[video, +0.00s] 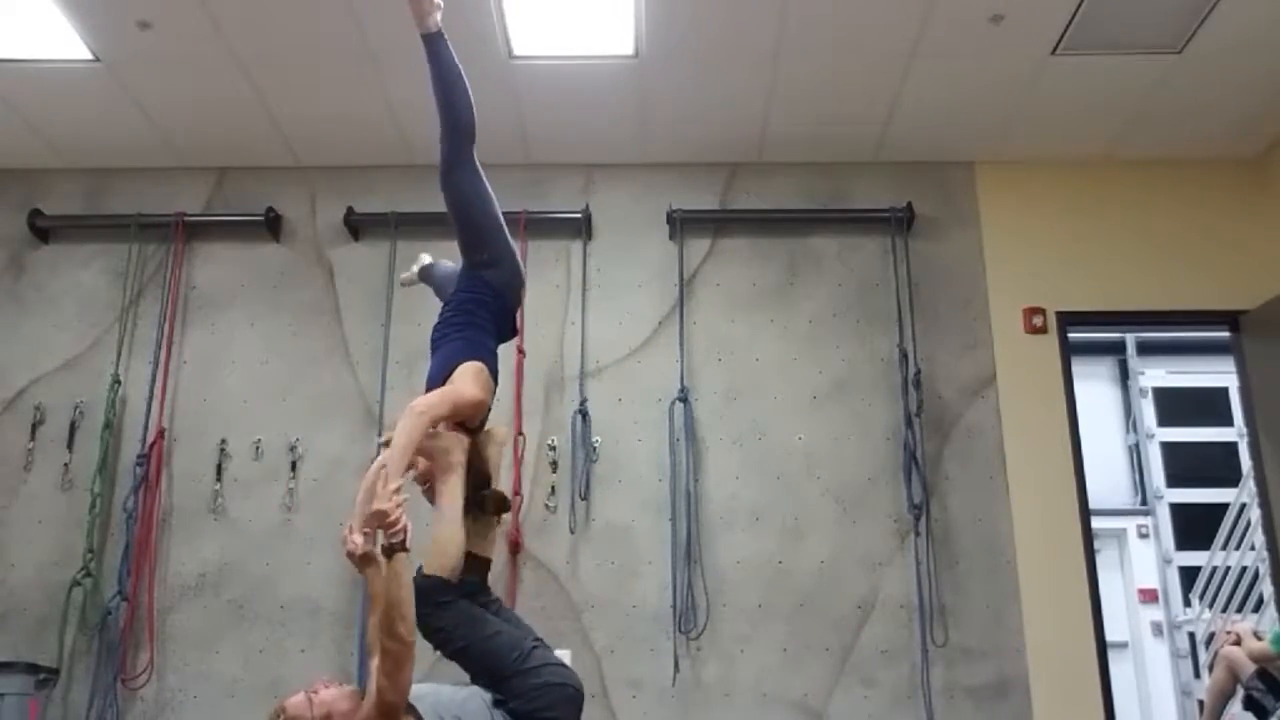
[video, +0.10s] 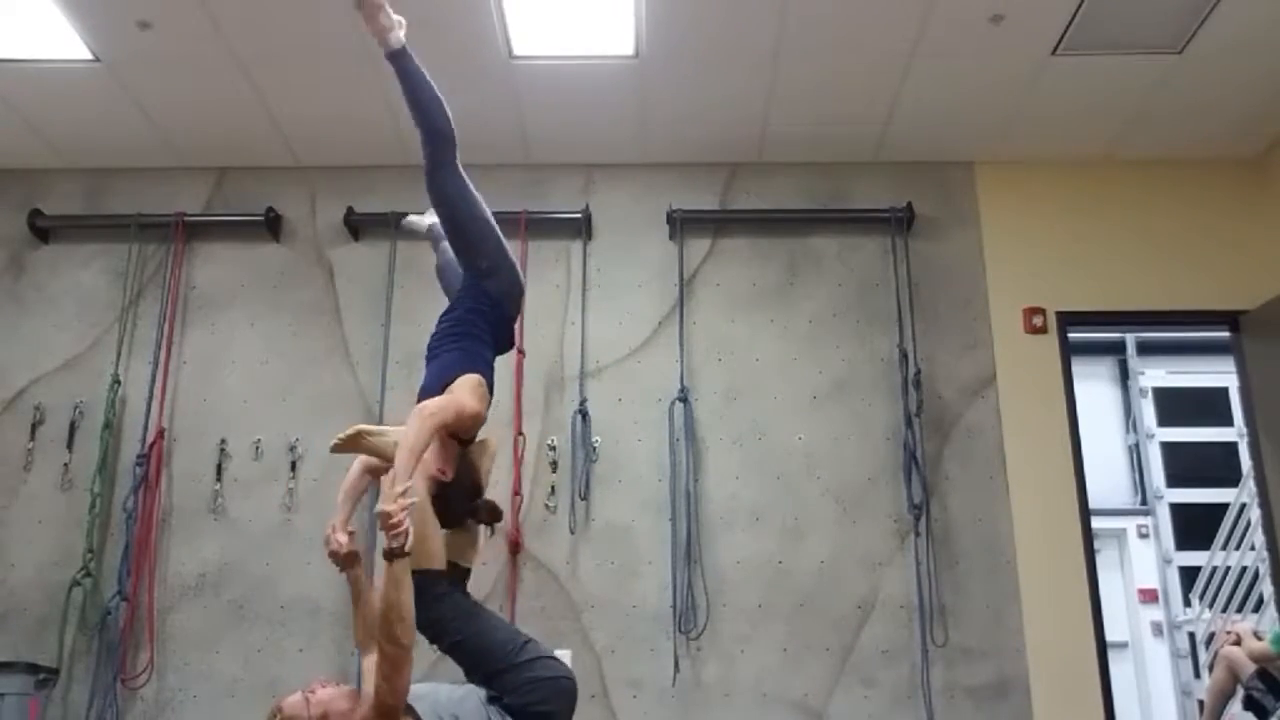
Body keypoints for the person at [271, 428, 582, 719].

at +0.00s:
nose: (320, 687)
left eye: (309, 691)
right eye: (313, 702)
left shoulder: (381, 700)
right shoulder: (381, 711)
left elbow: (381, 643)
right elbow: (401, 640)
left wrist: (372, 569)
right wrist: (397, 549)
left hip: (521, 698)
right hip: (545, 701)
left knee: (467, 590)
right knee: (428, 594)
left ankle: (486, 475)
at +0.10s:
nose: (317, 687)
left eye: (306, 691)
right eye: (312, 702)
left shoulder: (374, 697)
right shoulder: (380, 711)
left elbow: (371, 647)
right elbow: (396, 645)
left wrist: (354, 572)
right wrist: (394, 553)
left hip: (504, 698)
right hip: (538, 702)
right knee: (432, 596)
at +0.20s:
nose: (315, 685)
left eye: (305, 690)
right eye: (308, 699)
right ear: (323, 717)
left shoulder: (372, 699)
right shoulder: (379, 710)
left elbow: (369, 639)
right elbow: (393, 647)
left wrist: (355, 565)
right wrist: (389, 556)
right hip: (539, 698)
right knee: (424, 597)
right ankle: (402, 461)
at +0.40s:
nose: (312, 686)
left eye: (299, 692)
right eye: (307, 700)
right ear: (327, 718)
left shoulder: (371, 690)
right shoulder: (381, 710)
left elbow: (365, 646)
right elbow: (395, 644)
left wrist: (347, 574)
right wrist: (404, 552)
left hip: (536, 681)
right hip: (532, 693)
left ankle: (381, 455)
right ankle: (382, 455)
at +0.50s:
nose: (314, 687)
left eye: (301, 694)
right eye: (309, 704)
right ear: (327, 719)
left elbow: (364, 642)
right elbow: (424, 642)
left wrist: (349, 576)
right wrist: (451, 554)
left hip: (536, 672)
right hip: (524, 690)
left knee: (421, 575)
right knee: (417, 575)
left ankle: (383, 455)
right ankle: (382, 450)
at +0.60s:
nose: (313, 683)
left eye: (300, 690)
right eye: (307, 698)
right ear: (323, 717)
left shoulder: (370, 699)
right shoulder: (387, 706)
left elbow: (375, 656)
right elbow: (449, 651)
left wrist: (361, 587)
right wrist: (497, 569)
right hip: (530, 678)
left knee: (392, 645)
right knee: (425, 576)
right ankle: (389, 451)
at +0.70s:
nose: (327, 683)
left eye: (313, 691)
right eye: (318, 697)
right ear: (328, 715)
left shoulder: (380, 708)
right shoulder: (384, 707)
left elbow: (399, 664)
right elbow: (449, 656)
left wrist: (381, 602)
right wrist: (516, 576)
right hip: (532, 681)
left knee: (407, 652)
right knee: (414, 588)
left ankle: (495, 552)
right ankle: (393, 463)